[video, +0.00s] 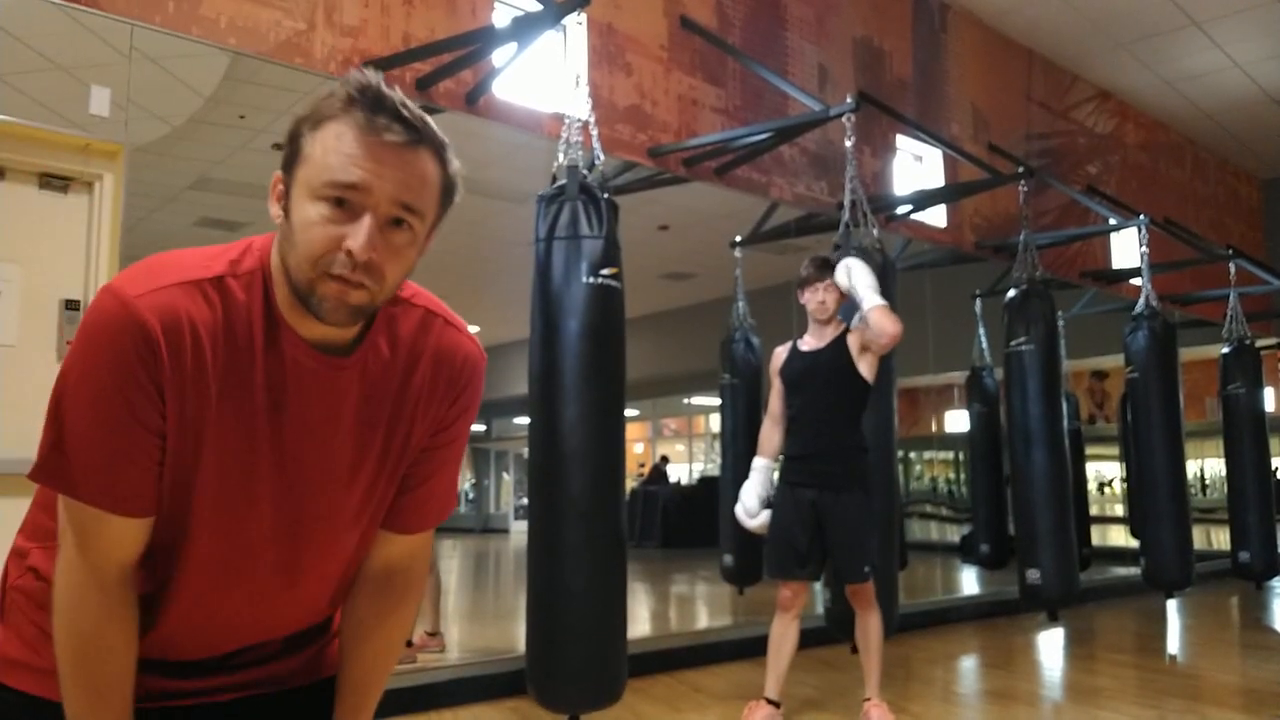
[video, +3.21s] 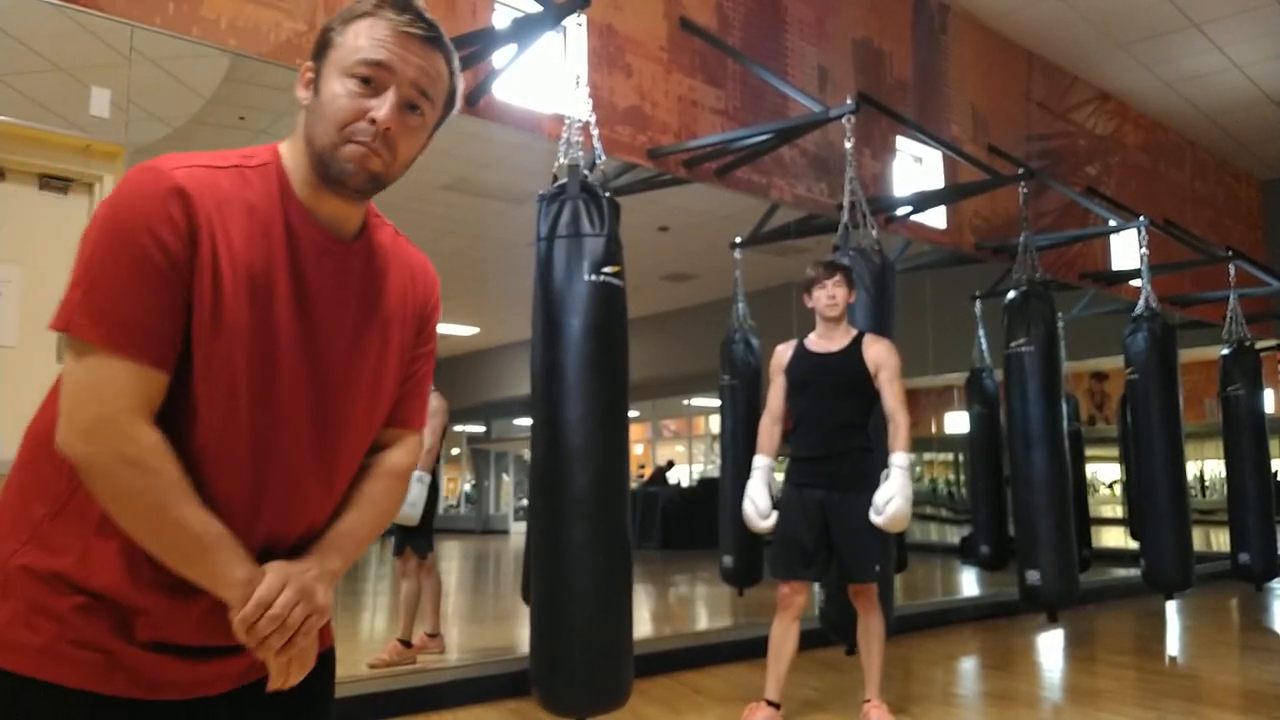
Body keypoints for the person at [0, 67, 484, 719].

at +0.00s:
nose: (360, 248)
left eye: (399, 224)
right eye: (339, 203)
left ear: (423, 245)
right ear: (280, 196)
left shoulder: (445, 361)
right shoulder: (147, 319)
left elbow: (394, 573)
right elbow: (98, 570)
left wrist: (353, 713)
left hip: (285, 677)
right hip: (85, 673)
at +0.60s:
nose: (336, 183)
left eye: (373, 170)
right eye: (317, 141)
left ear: (391, 207)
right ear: (258, 140)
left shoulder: (396, 331)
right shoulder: (114, 278)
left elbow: (357, 522)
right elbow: (79, 552)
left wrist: (260, 681)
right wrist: (114, 707)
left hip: (237, 674)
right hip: (49, 668)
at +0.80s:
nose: (336, 155)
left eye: (373, 142)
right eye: (317, 113)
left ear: (391, 181)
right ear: (257, 116)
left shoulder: (394, 306)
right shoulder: (126, 257)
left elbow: (367, 494)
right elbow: (127, 552)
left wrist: (230, 570)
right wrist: (172, 706)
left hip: (245, 641)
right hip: (54, 651)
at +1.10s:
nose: (394, 156)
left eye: (428, 148)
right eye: (378, 119)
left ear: (441, 187)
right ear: (317, 122)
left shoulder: (428, 316)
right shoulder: (187, 247)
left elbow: (392, 506)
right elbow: (195, 518)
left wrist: (282, 481)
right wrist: (255, 706)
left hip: (270, 641)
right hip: (75, 638)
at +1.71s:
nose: (447, 171)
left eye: (478, 166)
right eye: (435, 133)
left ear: (482, 201)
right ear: (370, 125)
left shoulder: (450, 330)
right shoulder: (225, 239)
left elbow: (413, 494)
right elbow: (199, 495)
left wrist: (327, 581)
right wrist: (297, 687)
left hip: (244, 663)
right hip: (68, 640)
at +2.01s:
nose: (398, 180)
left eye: (429, 168)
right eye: (381, 139)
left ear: (438, 197)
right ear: (313, 127)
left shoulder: (403, 327)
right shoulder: (157, 247)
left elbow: (366, 512)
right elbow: (99, 515)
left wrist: (285, 650)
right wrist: (215, 694)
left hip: (219, 679)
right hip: (46, 668)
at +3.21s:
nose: (384, 116)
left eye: (415, 105)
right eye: (367, 80)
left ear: (426, 139)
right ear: (308, 81)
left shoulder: (411, 283)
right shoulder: (171, 201)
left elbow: (397, 447)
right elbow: (100, 428)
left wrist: (321, 568)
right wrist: (253, 595)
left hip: (274, 660)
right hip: (84, 653)